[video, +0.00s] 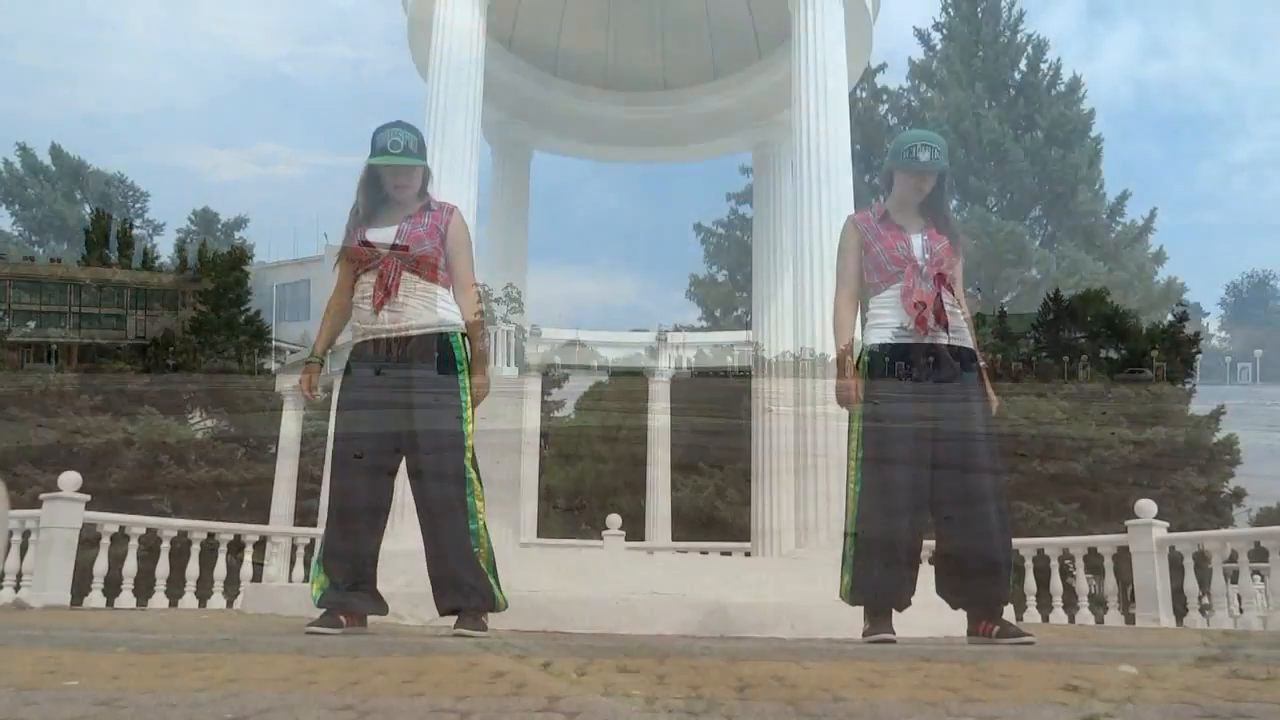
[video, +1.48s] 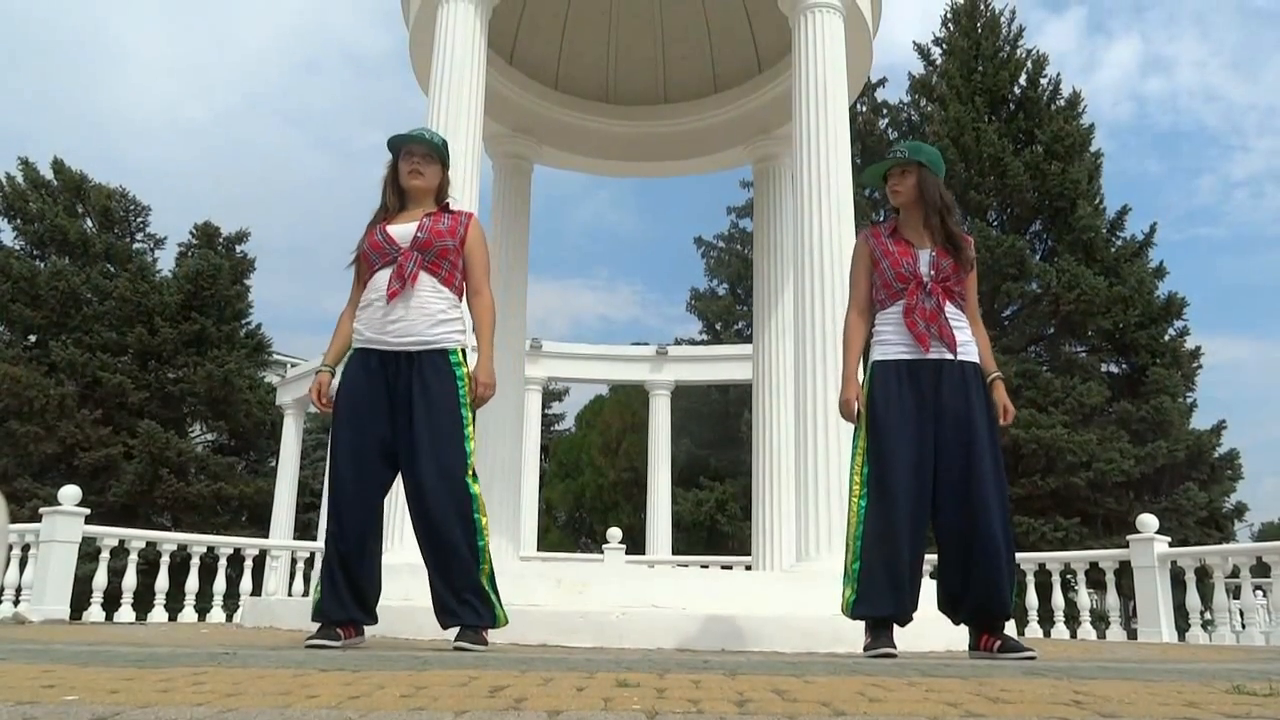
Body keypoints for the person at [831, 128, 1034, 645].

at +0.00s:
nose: (920, 179)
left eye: (930, 172)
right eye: (912, 168)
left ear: (939, 179)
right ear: (893, 168)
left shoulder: (947, 237)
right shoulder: (861, 227)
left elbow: (960, 311)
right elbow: (848, 297)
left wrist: (981, 376)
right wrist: (845, 362)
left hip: (954, 366)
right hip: (892, 366)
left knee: (973, 480)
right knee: (892, 483)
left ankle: (984, 615)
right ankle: (879, 613)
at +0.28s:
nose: (931, 186)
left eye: (939, 179)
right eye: (923, 175)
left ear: (948, 184)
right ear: (902, 174)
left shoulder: (958, 241)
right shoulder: (871, 231)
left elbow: (969, 313)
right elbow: (859, 304)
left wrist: (993, 372)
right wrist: (853, 372)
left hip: (962, 371)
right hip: (898, 370)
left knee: (979, 487)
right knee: (895, 489)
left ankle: (983, 621)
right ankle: (878, 617)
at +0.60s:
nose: (919, 185)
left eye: (928, 178)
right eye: (911, 176)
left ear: (942, 184)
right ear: (895, 179)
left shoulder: (960, 240)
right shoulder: (869, 239)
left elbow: (978, 309)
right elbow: (860, 313)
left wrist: (1003, 368)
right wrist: (853, 377)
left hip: (962, 373)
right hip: (897, 372)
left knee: (978, 490)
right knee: (895, 491)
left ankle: (985, 625)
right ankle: (879, 620)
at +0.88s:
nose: (896, 182)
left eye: (907, 174)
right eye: (891, 174)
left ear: (927, 182)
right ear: (882, 181)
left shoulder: (952, 241)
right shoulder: (863, 241)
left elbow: (970, 313)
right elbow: (851, 313)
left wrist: (996, 376)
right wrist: (843, 378)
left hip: (956, 376)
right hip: (891, 377)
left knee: (974, 493)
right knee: (891, 495)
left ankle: (985, 627)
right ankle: (880, 624)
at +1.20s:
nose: (886, 184)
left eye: (896, 174)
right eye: (882, 176)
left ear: (923, 180)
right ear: (880, 184)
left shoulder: (955, 242)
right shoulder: (867, 240)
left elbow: (967, 314)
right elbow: (852, 311)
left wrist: (987, 380)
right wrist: (843, 375)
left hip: (954, 379)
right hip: (890, 379)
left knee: (973, 496)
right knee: (890, 499)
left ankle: (986, 630)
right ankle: (880, 626)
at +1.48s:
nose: (891, 183)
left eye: (901, 174)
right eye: (888, 176)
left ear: (929, 181)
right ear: (887, 186)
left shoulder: (960, 243)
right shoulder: (872, 241)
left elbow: (973, 316)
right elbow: (859, 311)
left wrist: (995, 378)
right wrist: (850, 377)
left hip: (960, 378)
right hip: (896, 378)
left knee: (977, 496)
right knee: (895, 498)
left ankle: (985, 630)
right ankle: (880, 626)